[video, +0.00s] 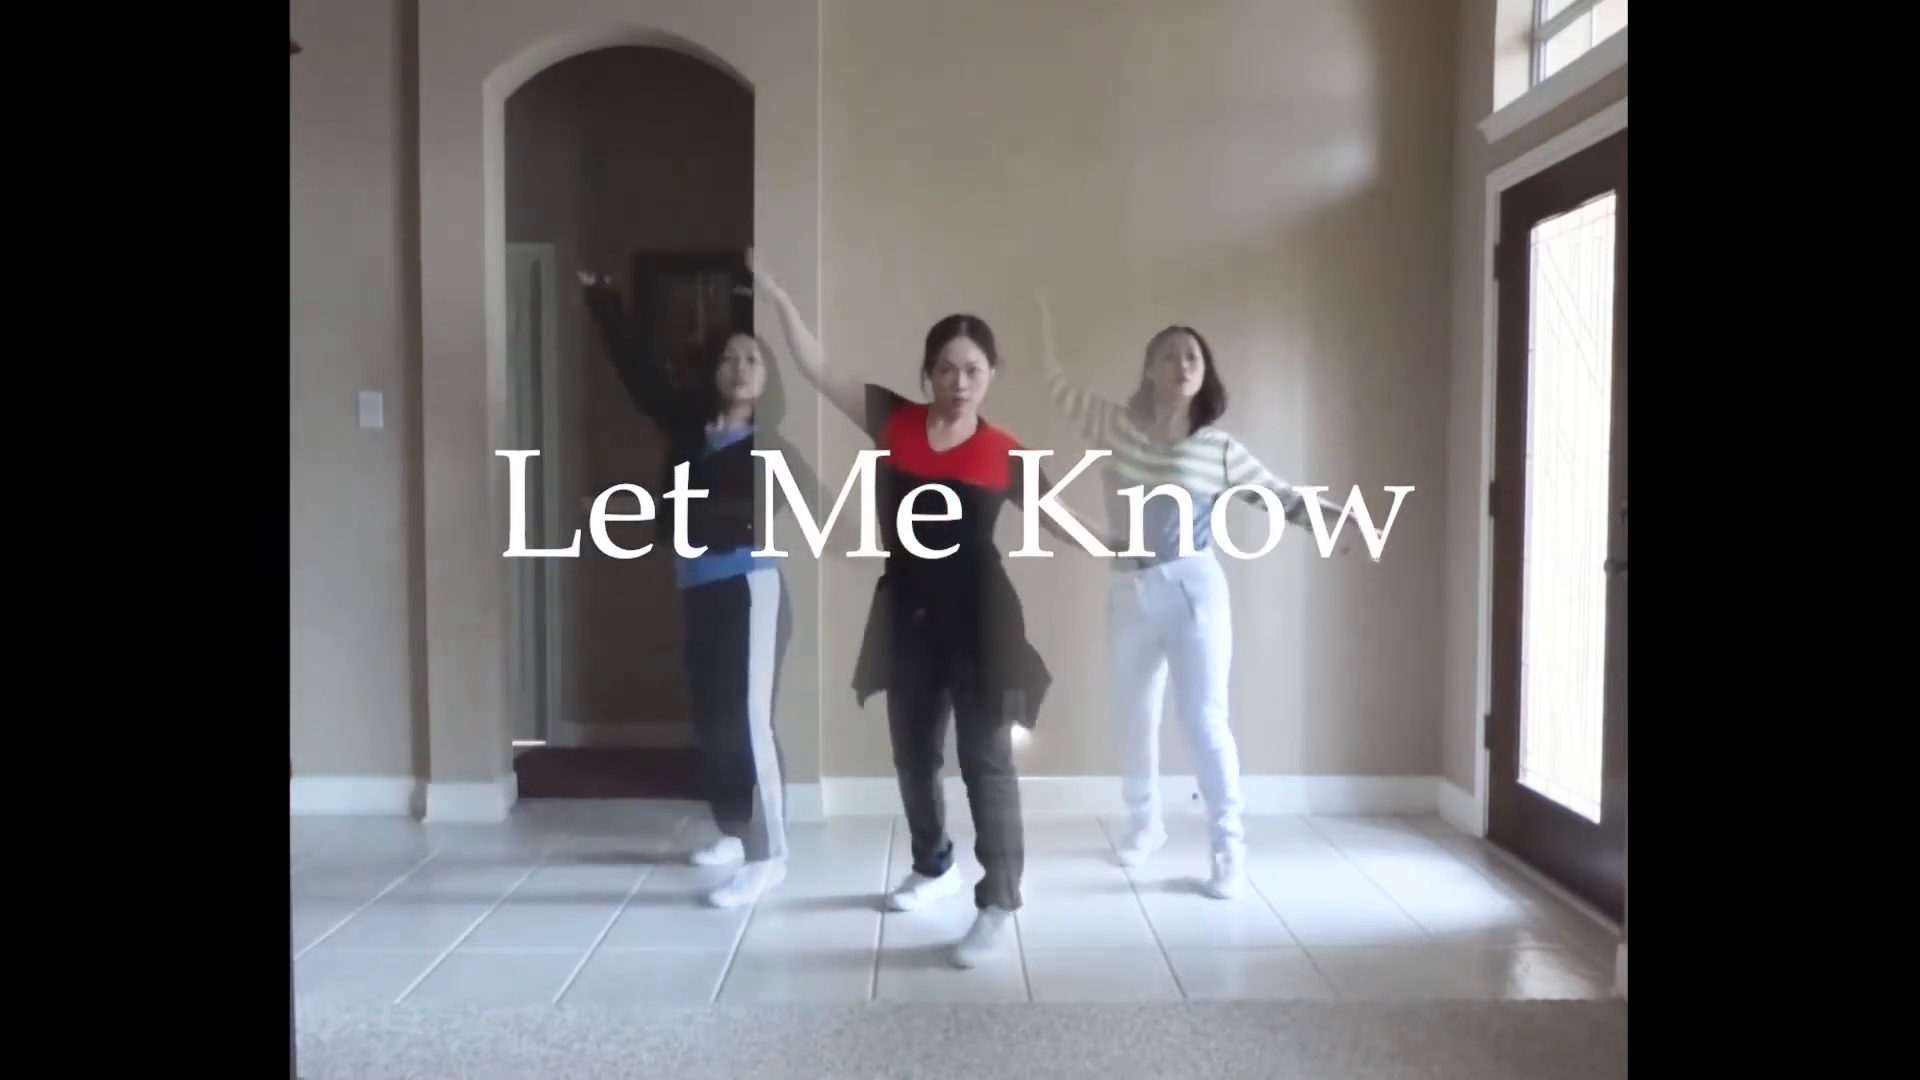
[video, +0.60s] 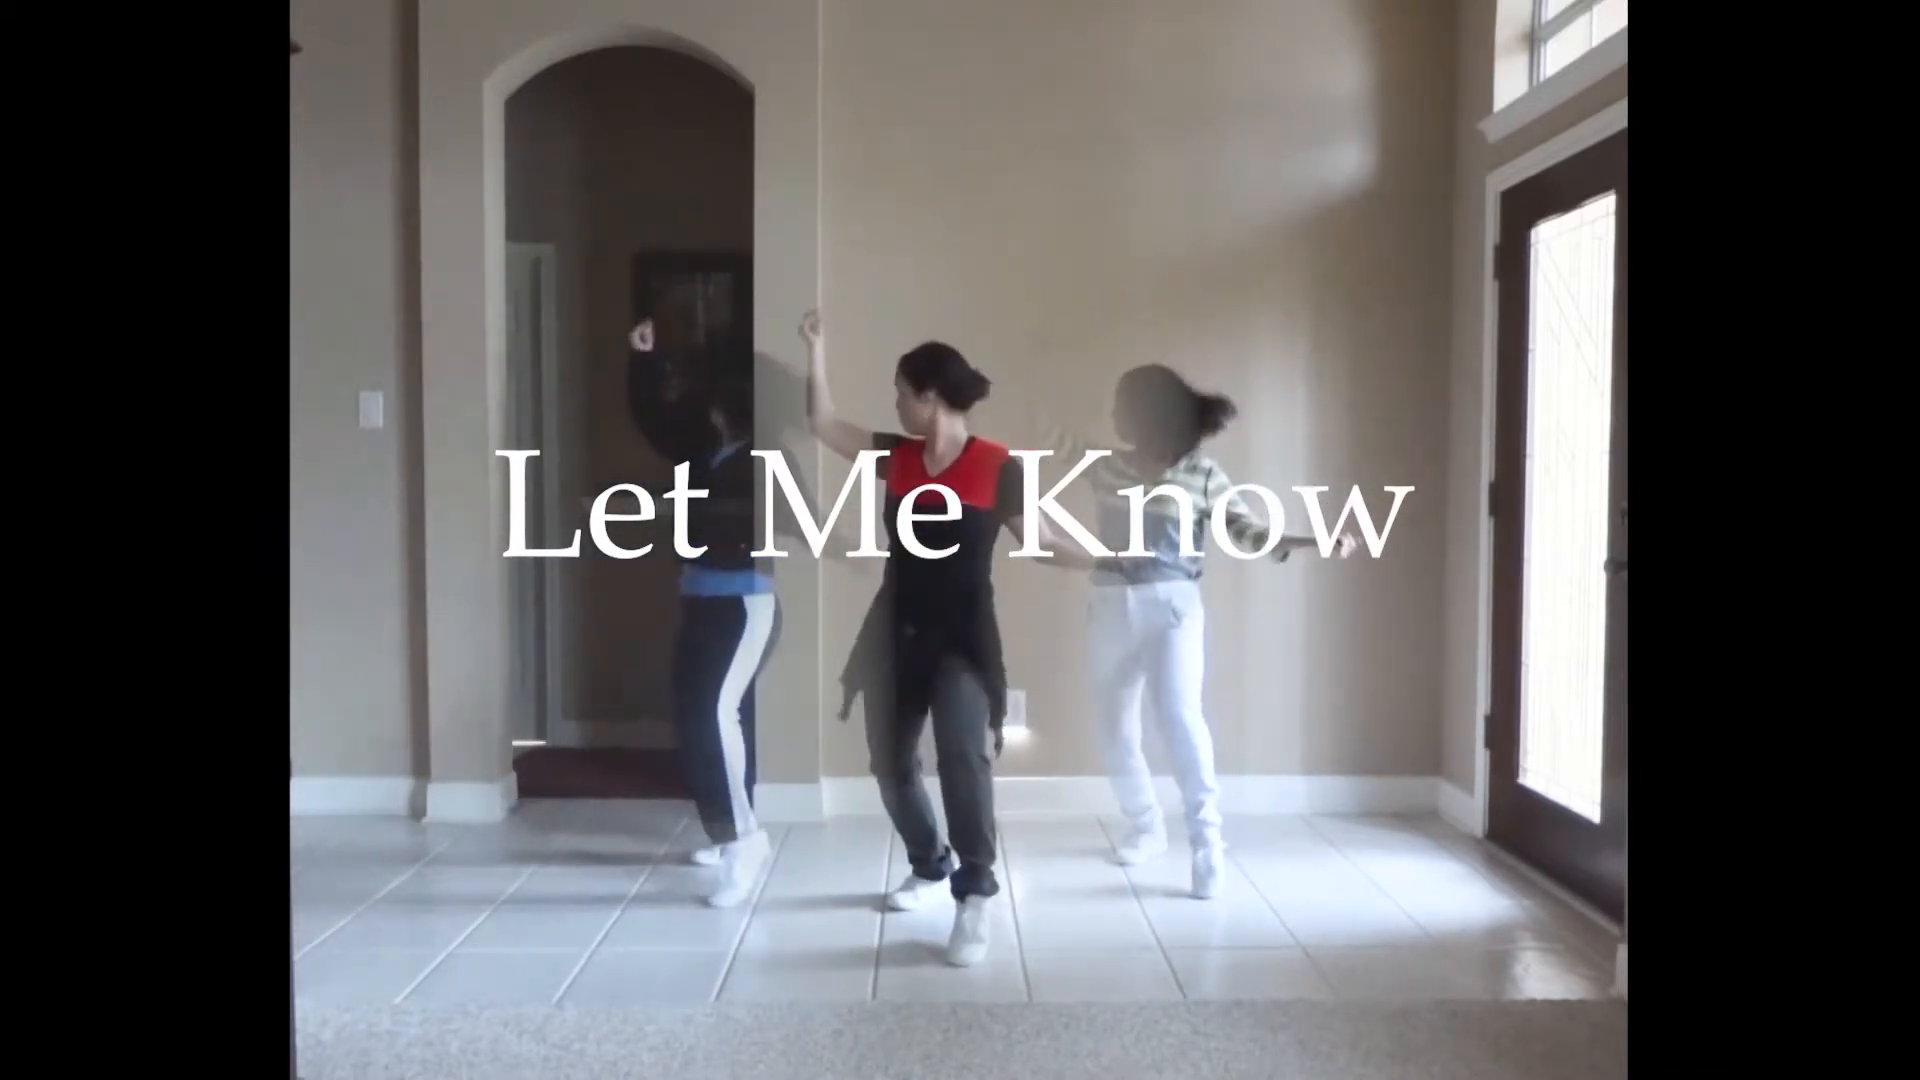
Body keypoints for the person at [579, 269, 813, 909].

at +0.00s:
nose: (739, 370)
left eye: (750, 361)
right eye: (729, 360)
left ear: (766, 376)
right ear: (712, 371)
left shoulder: (766, 450)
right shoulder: (688, 425)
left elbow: (755, 521)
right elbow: (641, 372)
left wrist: (679, 514)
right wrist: (604, 304)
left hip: (752, 586)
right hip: (701, 588)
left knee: (749, 717)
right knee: (712, 714)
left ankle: (769, 857)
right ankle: (736, 834)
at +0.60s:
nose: (699, 414)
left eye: (706, 404)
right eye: (700, 404)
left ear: (728, 409)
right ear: (712, 413)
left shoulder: (752, 464)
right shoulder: (699, 457)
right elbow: (651, 416)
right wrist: (643, 359)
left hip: (746, 599)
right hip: (702, 598)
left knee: (720, 708)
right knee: (694, 715)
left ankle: (745, 836)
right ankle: (724, 833)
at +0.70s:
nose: (714, 410)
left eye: (722, 399)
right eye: (718, 398)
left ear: (737, 407)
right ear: (715, 402)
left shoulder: (763, 462)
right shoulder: (694, 448)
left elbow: (806, 523)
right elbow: (647, 429)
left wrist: (846, 556)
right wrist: (646, 371)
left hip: (746, 603)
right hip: (699, 599)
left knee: (714, 711)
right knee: (691, 719)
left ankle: (740, 839)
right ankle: (731, 831)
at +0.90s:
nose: (723, 411)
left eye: (730, 398)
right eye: (718, 398)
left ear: (748, 403)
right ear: (705, 402)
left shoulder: (768, 459)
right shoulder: (691, 454)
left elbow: (813, 522)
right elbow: (630, 447)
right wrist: (663, 406)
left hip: (745, 604)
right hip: (693, 600)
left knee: (719, 711)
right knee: (694, 714)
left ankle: (730, 840)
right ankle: (738, 827)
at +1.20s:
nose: (721, 369)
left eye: (733, 362)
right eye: (714, 361)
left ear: (752, 381)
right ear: (702, 374)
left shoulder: (762, 439)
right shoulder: (681, 433)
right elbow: (636, 442)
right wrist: (676, 398)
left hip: (746, 598)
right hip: (689, 597)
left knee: (734, 726)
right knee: (708, 725)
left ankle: (738, 859)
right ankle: (732, 834)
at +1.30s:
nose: (721, 373)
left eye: (734, 366)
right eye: (714, 365)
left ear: (753, 386)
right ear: (700, 379)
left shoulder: (762, 449)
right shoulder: (677, 441)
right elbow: (618, 423)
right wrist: (671, 411)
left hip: (748, 605)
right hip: (687, 604)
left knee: (736, 732)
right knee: (710, 731)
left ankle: (742, 863)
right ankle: (730, 838)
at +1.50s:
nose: (715, 385)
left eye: (728, 377)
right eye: (705, 375)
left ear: (746, 393)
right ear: (689, 387)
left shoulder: (760, 463)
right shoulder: (665, 455)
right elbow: (604, 454)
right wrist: (676, 460)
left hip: (747, 615)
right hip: (683, 616)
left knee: (726, 738)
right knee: (693, 738)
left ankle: (741, 864)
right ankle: (723, 839)